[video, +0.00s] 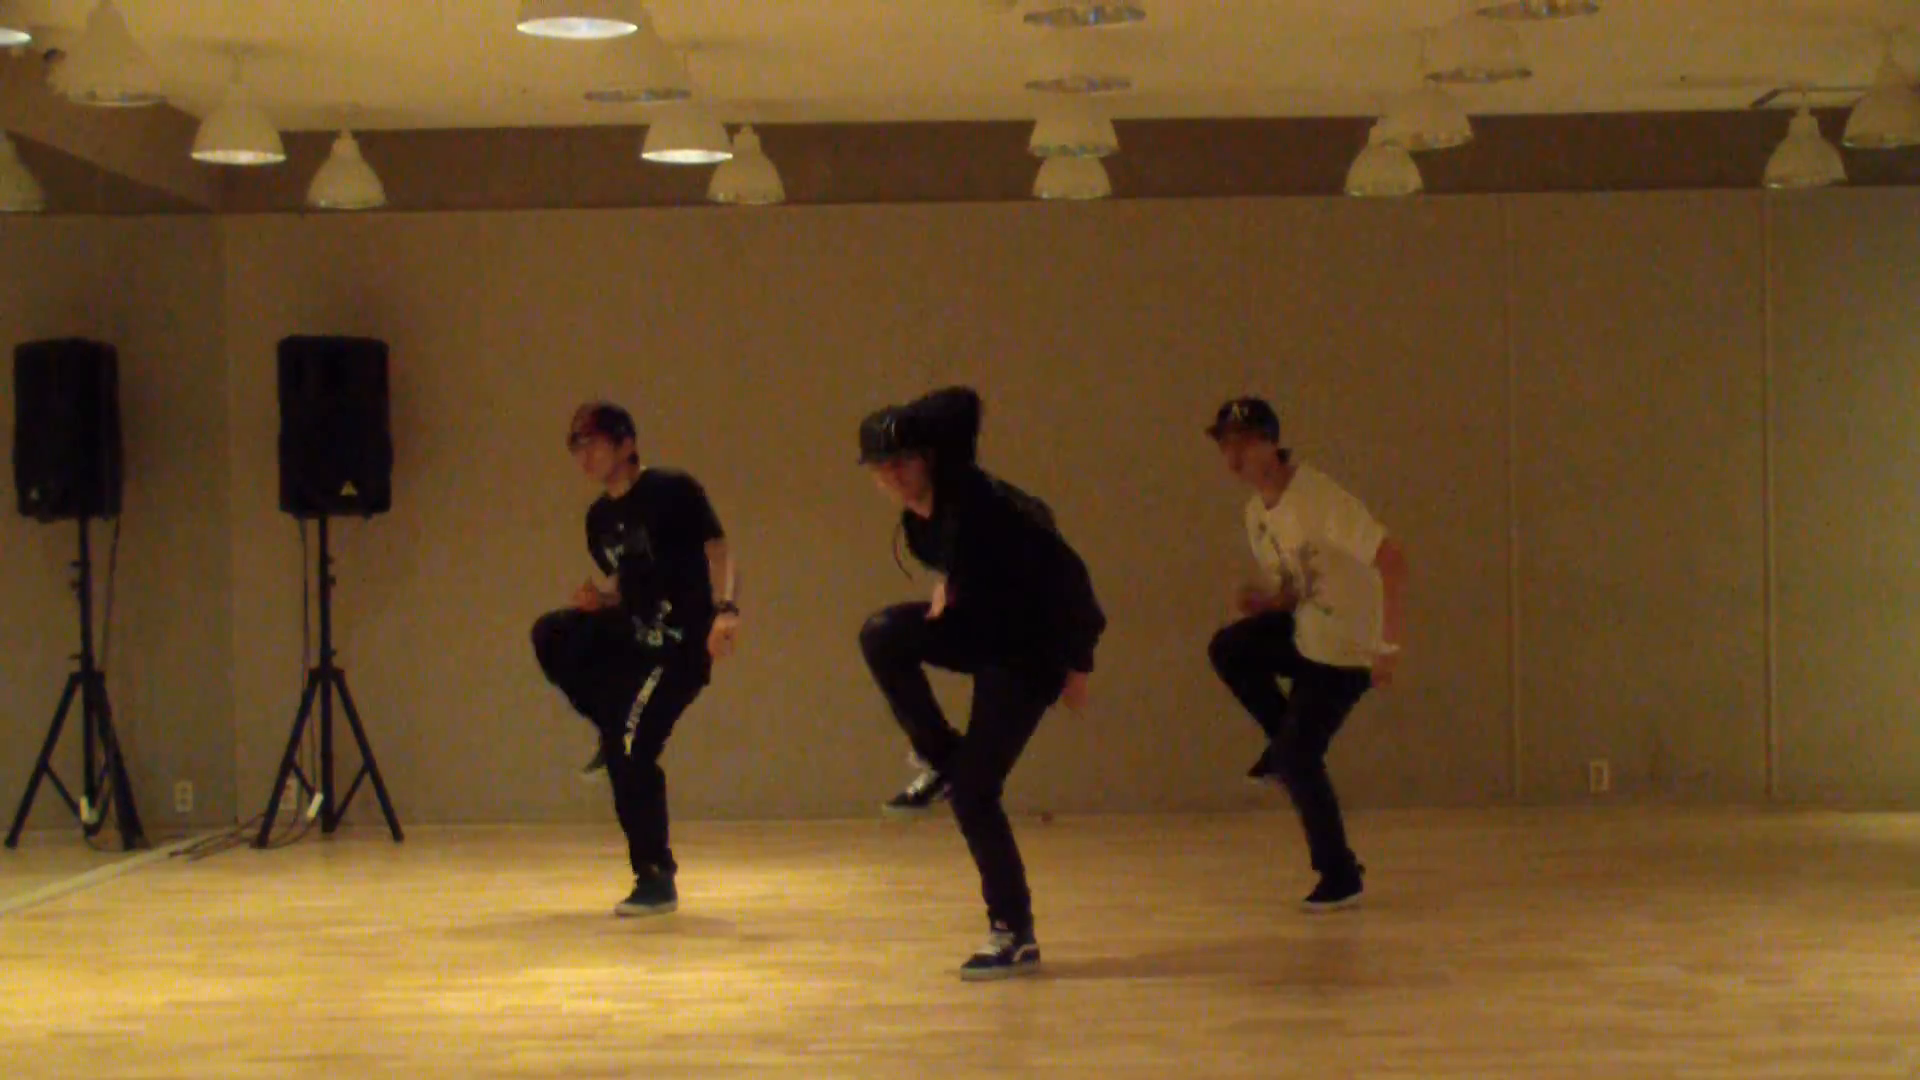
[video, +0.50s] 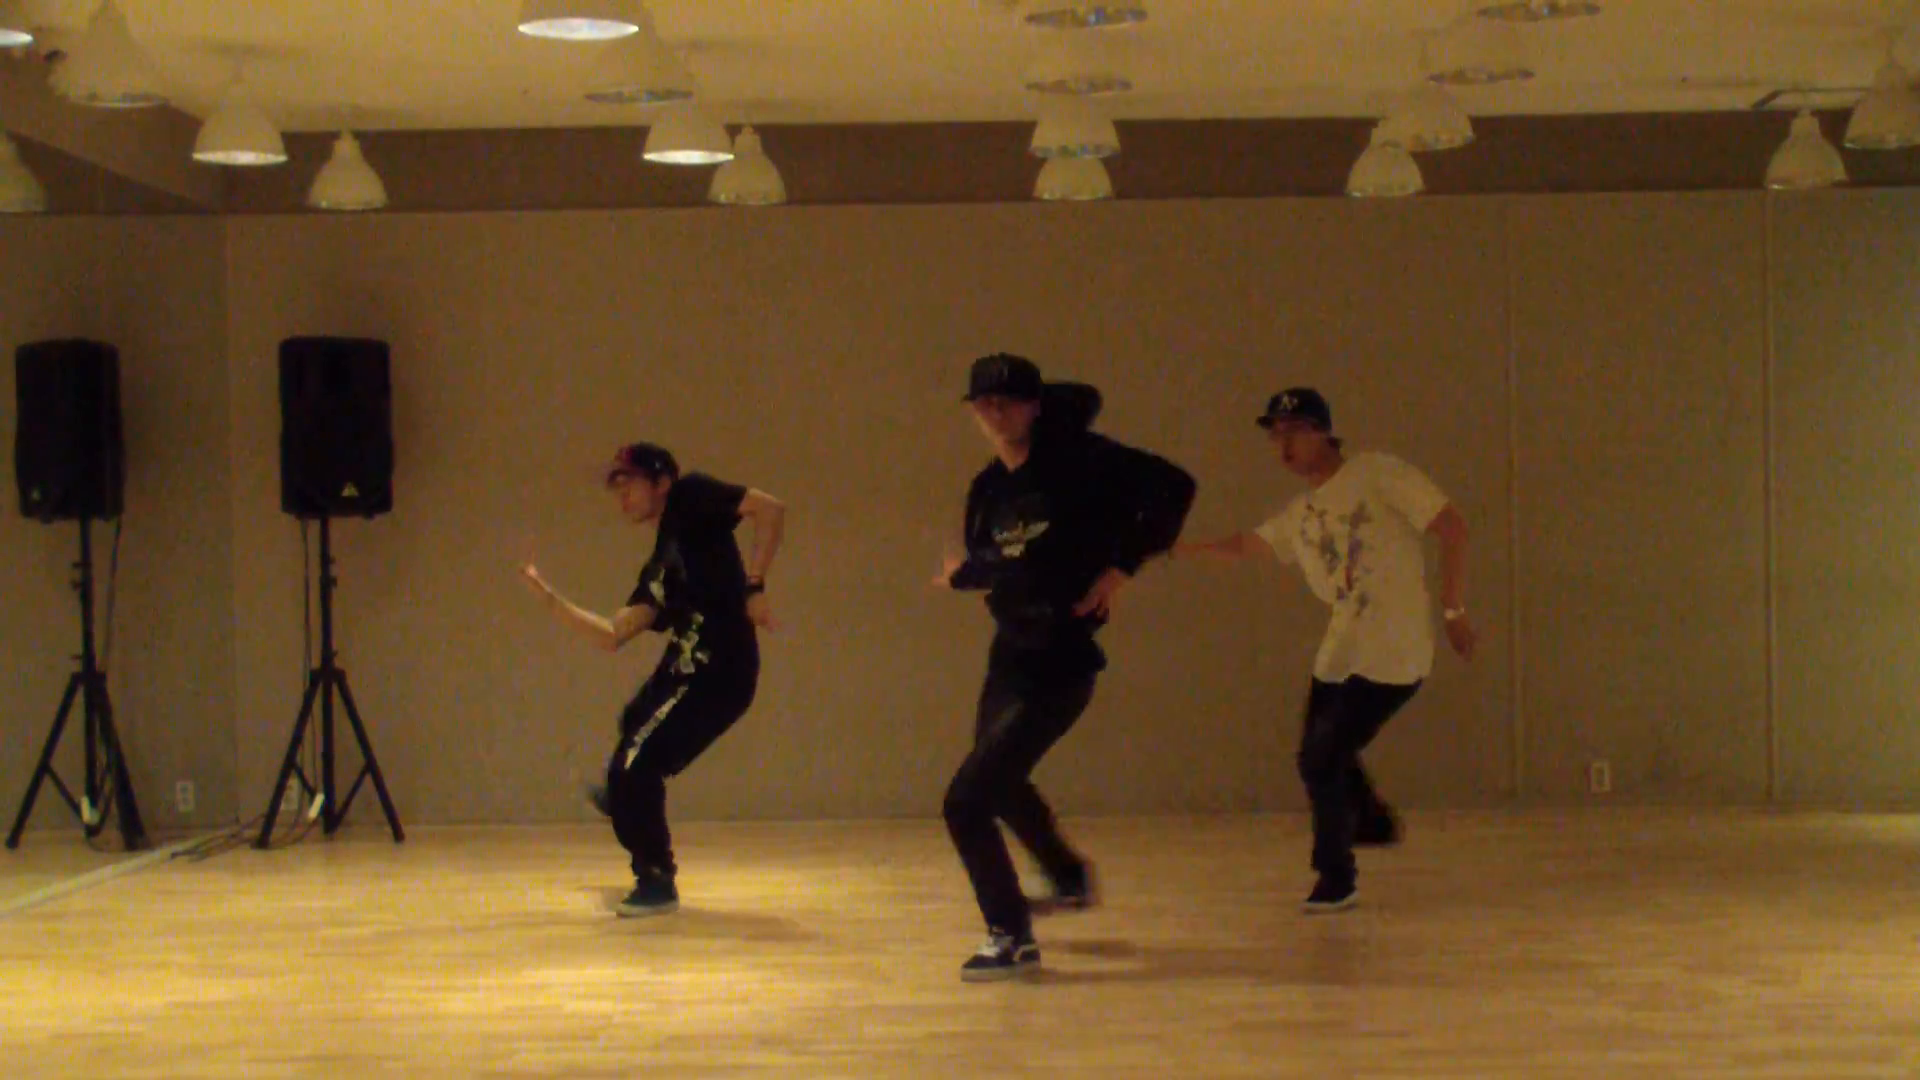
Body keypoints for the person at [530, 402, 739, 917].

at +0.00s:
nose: (581, 455)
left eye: (589, 444)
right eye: (576, 446)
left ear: (624, 445)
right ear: (579, 455)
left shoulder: (674, 490)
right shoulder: (601, 517)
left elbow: (717, 548)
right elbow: (622, 585)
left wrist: (725, 608)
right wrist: (600, 596)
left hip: (681, 640)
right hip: (632, 633)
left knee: (630, 745)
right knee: (553, 633)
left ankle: (655, 875)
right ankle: (614, 729)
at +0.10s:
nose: (582, 469)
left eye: (591, 458)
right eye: (578, 460)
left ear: (624, 456)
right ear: (578, 466)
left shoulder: (673, 492)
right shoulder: (608, 518)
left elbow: (731, 545)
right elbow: (627, 587)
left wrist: (735, 614)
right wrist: (605, 591)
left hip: (684, 643)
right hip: (638, 633)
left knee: (627, 746)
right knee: (557, 631)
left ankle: (654, 876)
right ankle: (597, 735)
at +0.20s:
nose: (589, 481)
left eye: (596, 469)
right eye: (584, 473)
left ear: (630, 465)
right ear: (594, 478)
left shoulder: (666, 486)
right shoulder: (637, 535)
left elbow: (736, 522)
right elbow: (603, 608)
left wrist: (741, 600)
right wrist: (581, 583)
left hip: (695, 648)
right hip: (648, 638)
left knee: (629, 758)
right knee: (553, 648)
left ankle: (654, 878)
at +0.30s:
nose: (601, 490)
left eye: (607, 477)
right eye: (597, 480)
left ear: (640, 472)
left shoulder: (673, 486)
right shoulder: (645, 551)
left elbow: (751, 506)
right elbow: (599, 616)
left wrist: (745, 582)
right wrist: (548, 579)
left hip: (706, 656)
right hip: (662, 649)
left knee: (629, 760)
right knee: (570, 686)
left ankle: (654, 878)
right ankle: (460, 729)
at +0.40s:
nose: (612, 498)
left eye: (618, 485)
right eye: (606, 489)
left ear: (650, 479)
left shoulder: (685, 491)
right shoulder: (658, 558)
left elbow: (761, 509)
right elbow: (603, 627)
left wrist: (749, 588)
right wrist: (547, 589)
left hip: (711, 662)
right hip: (671, 653)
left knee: (629, 763)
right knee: (599, 704)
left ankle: (655, 879)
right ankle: (513, 751)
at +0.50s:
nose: (620, 497)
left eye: (628, 484)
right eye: (616, 488)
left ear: (661, 480)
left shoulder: (691, 494)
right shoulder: (664, 562)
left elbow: (769, 509)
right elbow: (613, 634)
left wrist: (755, 585)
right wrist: (551, 598)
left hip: (722, 665)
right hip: (689, 660)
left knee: (637, 762)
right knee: (636, 719)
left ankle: (656, 878)